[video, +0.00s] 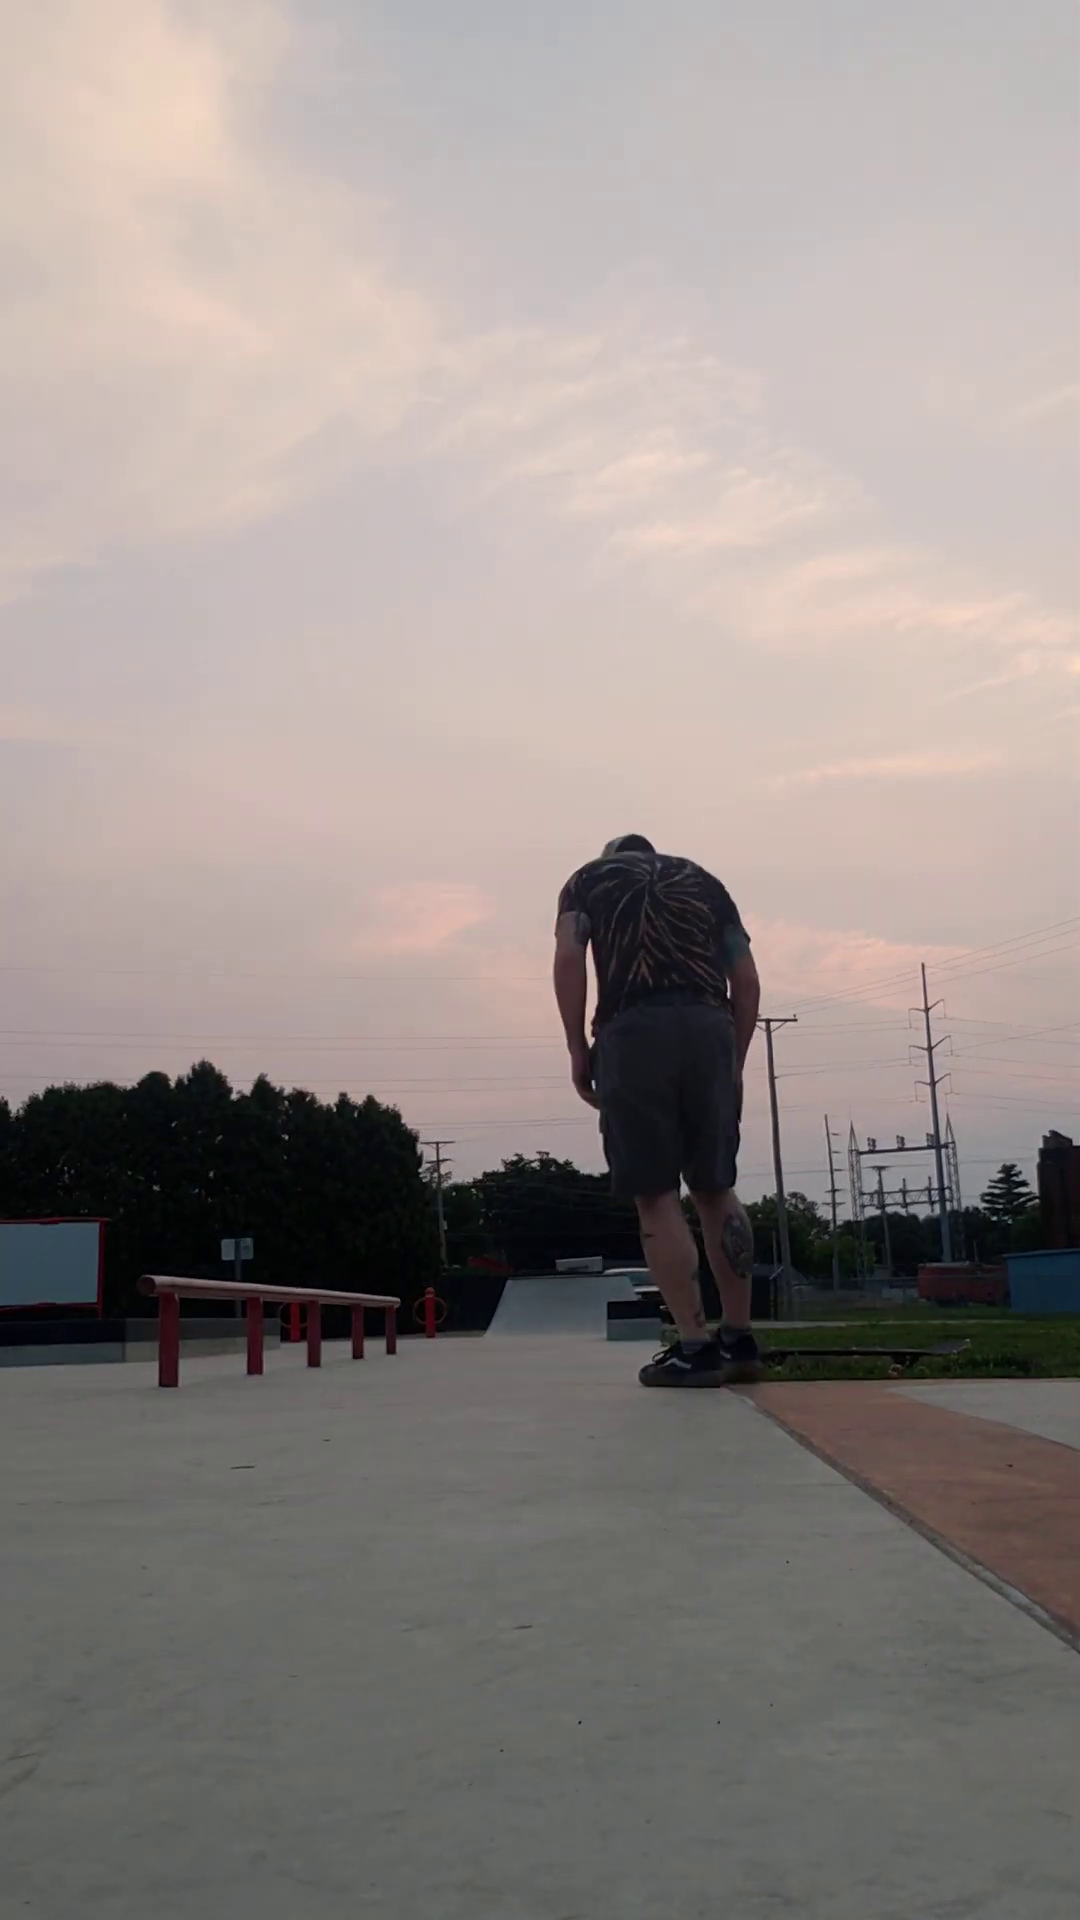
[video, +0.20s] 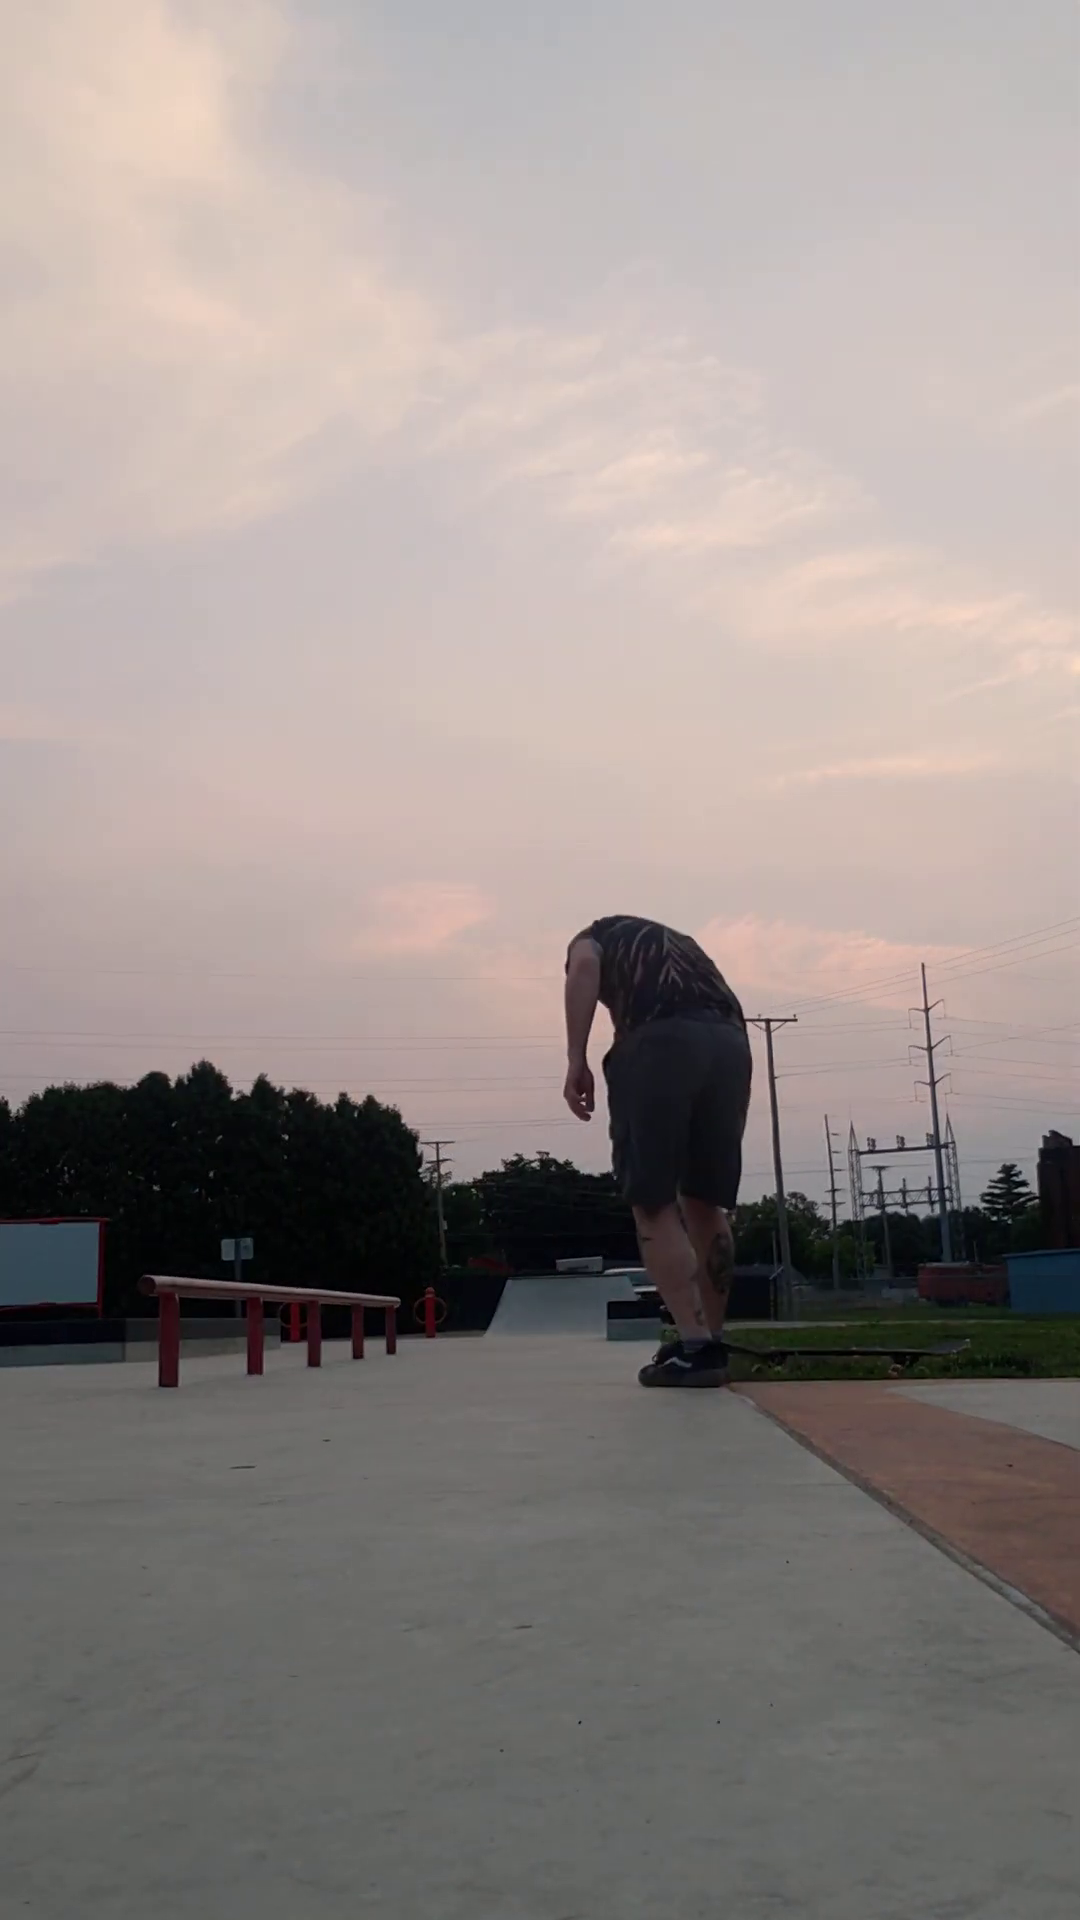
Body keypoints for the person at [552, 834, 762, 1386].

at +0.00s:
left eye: (605, 860)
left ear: (606, 857)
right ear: (654, 852)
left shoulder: (587, 880)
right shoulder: (701, 878)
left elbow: (569, 956)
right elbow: (746, 980)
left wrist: (577, 1045)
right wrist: (734, 1057)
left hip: (632, 1039)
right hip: (711, 1037)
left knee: (655, 1198)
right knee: (715, 1189)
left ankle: (694, 1347)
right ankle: (739, 1337)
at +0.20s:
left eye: (583, 957)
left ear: (593, 933)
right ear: (640, 927)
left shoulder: (595, 934)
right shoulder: (679, 943)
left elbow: (583, 966)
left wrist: (576, 1058)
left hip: (660, 1046)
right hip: (729, 1046)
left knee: (654, 1206)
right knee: (706, 1201)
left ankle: (695, 1345)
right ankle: (711, 1342)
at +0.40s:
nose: (623, 1100)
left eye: (617, 1092)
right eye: (621, 1095)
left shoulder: (595, 1004)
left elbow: (591, 1003)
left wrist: (597, 1090)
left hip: (682, 1046)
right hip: (749, 1055)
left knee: (652, 1206)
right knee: (699, 1201)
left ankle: (698, 1341)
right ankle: (710, 1337)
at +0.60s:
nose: (605, 1118)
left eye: (600, 1106)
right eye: (600, 1110)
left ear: (589, 1083)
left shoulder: (585, 1040)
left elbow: (595, 1026)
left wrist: (606, 1114)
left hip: (685, 1054)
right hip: (747, 1066)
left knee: (649, 1209)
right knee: (685, 1206)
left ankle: (699, 1337)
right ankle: (710, 1326)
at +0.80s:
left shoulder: (581, 993)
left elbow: (581, 1002)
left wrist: (593, 1094)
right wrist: (719, 1240)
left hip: (670, 1041)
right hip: (732, 1048)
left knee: (645, 1198)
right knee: (690, 1194)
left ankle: (696, 1321)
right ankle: (706, 1325)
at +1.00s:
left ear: (571, 954)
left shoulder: (568, 956)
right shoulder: (653, 965)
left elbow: (565, 986)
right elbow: (733, 1046)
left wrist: (572, 1080)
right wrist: (710, 1121)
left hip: (648, 1043)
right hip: (712, 1047)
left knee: (616, 1187)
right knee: (684, 1195)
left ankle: (659, 1311)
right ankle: (706, 1343)